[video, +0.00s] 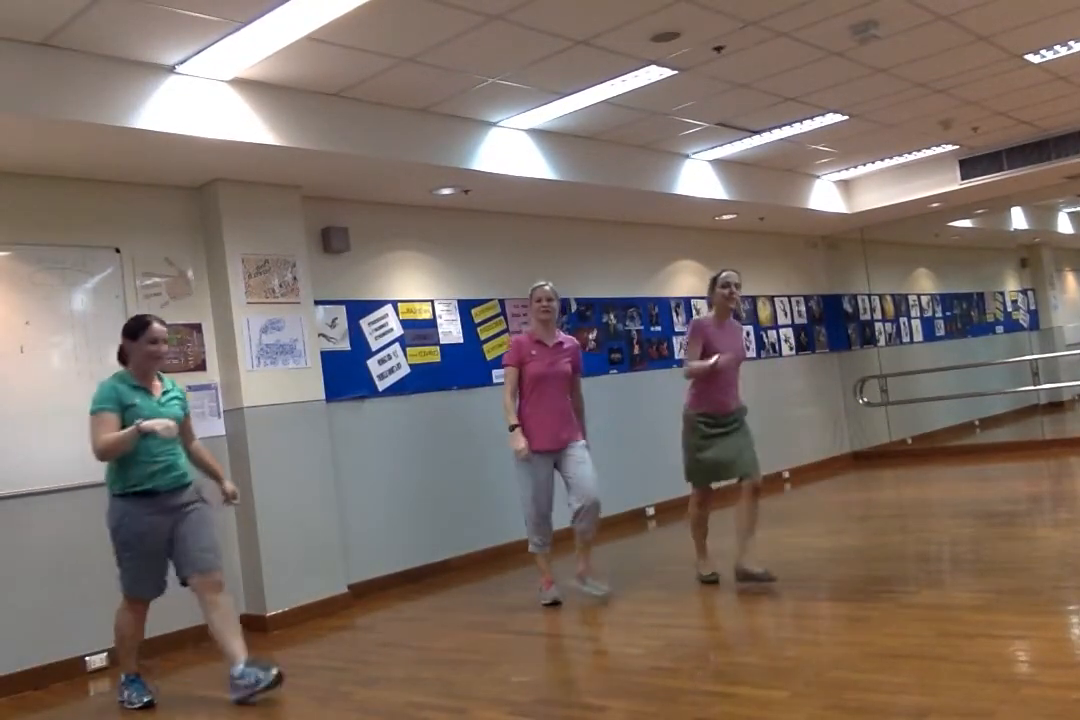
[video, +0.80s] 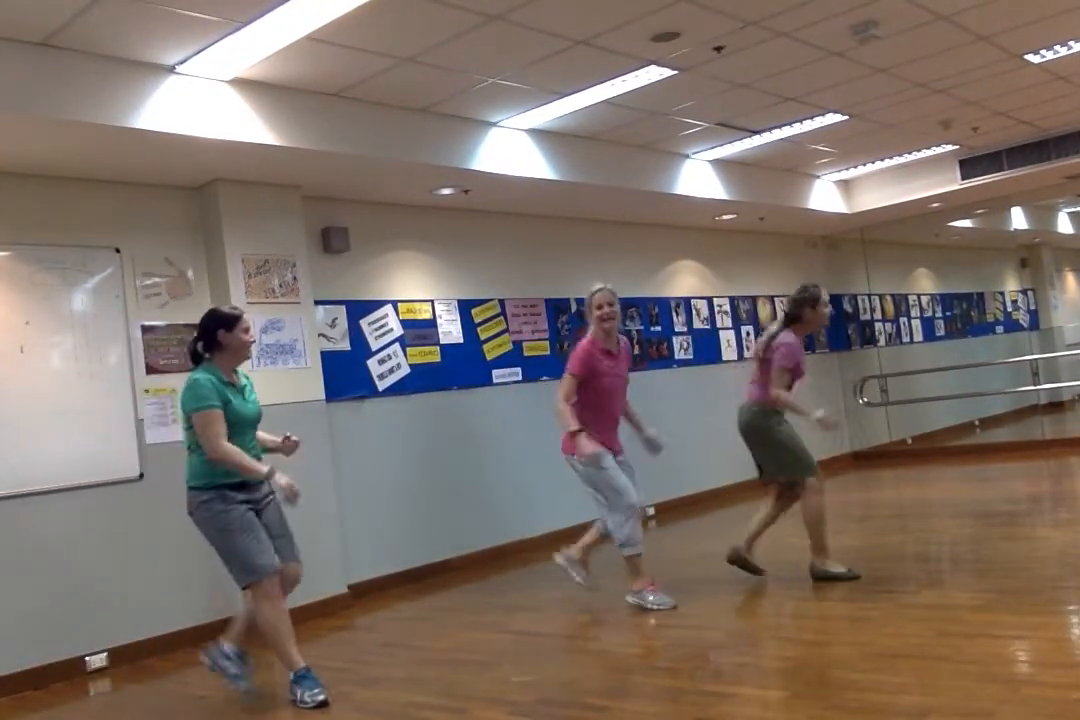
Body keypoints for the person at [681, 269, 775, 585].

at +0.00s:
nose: (731, 291)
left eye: (736, 287)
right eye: (725, 285)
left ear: (739, 294)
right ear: (712, 292)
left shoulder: (738, 329)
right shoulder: (699, 326)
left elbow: (733, 369)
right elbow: (689, 368)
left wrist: (737, 400)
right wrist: (712, 362)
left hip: (733, 416)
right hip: (701, 418)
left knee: (752, 481)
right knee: (701, 494)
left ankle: (742, 561)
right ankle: (703, 561)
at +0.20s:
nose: (740, 290)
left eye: (745, 286)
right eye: (734, 285)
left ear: (750, 292)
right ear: (722, 291)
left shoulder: (747, 327)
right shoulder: (714, 323)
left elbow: (741, 366)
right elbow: (710, 363)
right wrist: (743, 370)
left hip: (752, 414)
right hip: (721, 415)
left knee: (758, 493)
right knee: (725, 492)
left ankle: (748, 567)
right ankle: (706, 547)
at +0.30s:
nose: (750, 291)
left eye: (754, 286)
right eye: (743, 286)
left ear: (757, 292)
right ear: (729, 292)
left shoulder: (750, 328)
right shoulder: (722, 327)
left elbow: (752, 377)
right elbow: (718, 372)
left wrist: (765, 413)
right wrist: (748, 405)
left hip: (755, 412)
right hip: (732, 413)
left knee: (763, 489)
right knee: (757, 485)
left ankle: (749, 568)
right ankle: (718, 538)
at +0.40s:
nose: (764, 288)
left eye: (765, 283)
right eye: (757, 282)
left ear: (765, 289)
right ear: (741, 288)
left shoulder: (758, 324)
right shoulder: (733, 324)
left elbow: (762, 374)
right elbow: (721, 375)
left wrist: (799, 387)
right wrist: (731, 421)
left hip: (759, 410)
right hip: (745, 411)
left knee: (761, 491)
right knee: (793, 467)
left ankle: (749, 568)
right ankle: (759, 540)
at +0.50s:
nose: (780, 287)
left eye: (780, 281)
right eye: (773, 281)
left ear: (774, 287)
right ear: (753, 287)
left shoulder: (770, 321)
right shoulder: (743, 322)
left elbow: (779, 364)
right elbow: (720, 366)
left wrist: (825, 358)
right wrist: (725, 408)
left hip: (764, 407)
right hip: (753, 408)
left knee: (763, 489)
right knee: (805, 470)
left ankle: (747, 567)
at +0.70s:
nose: (816, 303)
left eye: (814, 298)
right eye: (810, 299)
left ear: (795, 305)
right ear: (791, 304)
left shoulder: (794, 336)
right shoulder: (771, 339)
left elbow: (794, 377)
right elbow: (752, 387)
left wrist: (826, 397)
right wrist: (771, 421)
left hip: (775, 413)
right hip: (768, 415)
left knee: (787, 494)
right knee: (813, 483)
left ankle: (750, 557)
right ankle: (821, 561)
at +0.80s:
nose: (829, 313)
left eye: (828, 307)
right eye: (824, 307)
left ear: (805, 311)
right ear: (807, 311)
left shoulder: (780, 336)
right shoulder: (787, 343)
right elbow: (777, 393)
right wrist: (814, 414)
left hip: (756, 416)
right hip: (764, 418)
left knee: (788, 490)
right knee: (812, 482)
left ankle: (744, 549)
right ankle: (821, 561)